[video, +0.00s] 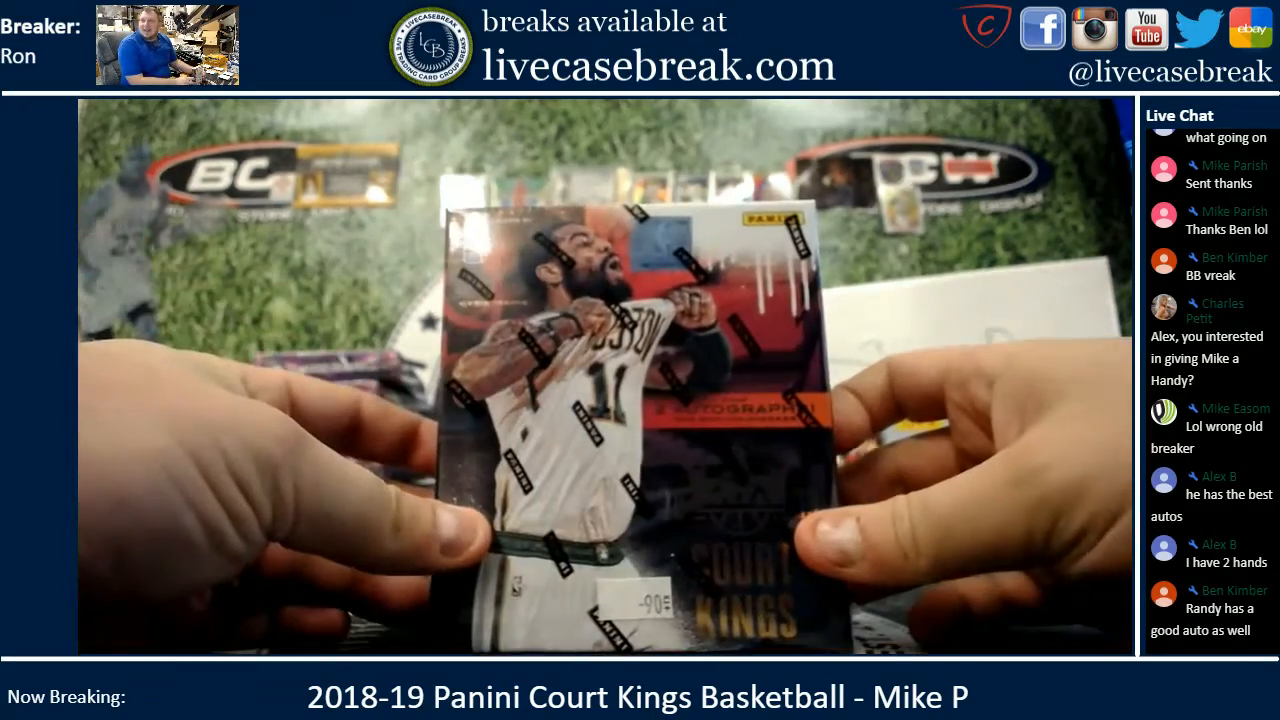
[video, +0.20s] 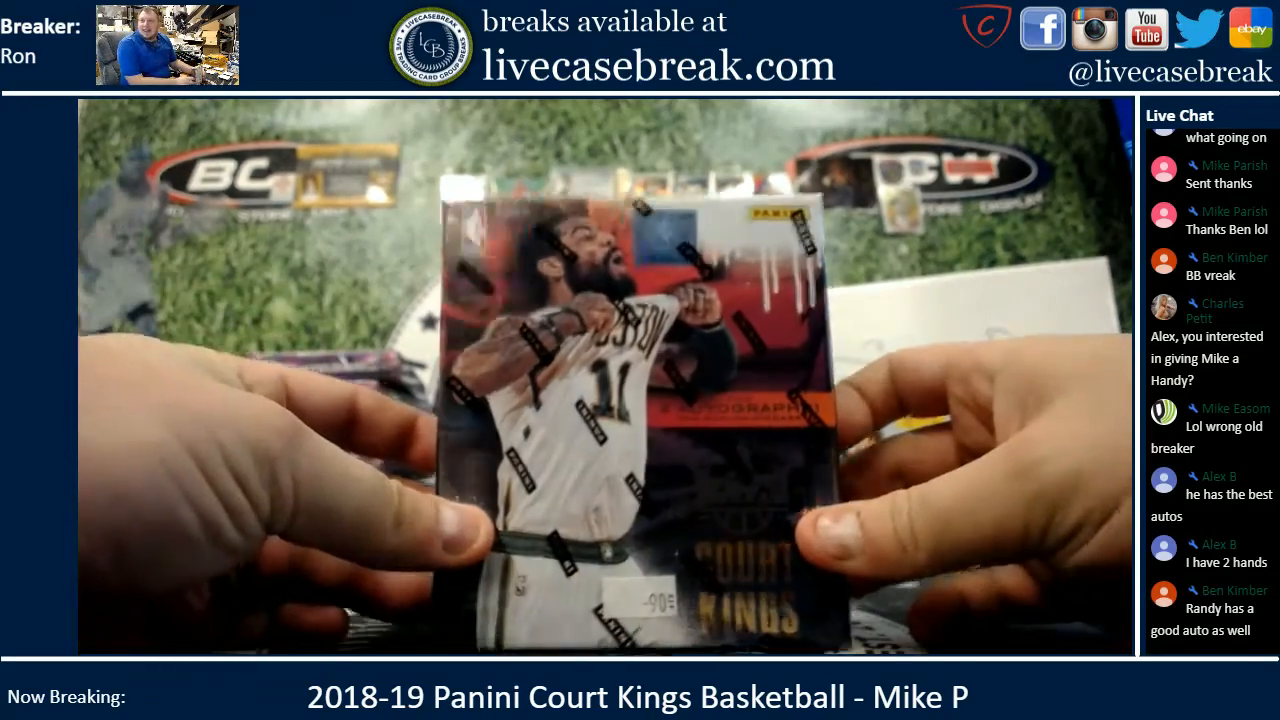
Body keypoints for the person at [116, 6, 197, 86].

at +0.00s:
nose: (146, 25)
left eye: (151, 21)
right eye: (142, 20)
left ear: (160, 24)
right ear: (138, 22)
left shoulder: (165, 40)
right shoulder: (129, 44)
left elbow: (174, 62)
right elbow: (136, 81)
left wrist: (194, 70)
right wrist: (177, 81)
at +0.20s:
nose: (145, 25)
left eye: (151, 21)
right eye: (142, 21)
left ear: (159, 24)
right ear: (137, 23)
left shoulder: (164, 40)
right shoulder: (128, 45)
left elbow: (174, 62)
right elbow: (136, 81)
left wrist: (194, 71)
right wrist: (177, 81)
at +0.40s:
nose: (145, 25)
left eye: (151, 21)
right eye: (142, 21)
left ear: (159, 24)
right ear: (138, 23)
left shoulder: (164, 40)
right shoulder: (128, 45)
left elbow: (174, 62)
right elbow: (136, 81)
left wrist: (194, 71)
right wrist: (177, 81)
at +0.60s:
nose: (146, 25)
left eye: (151, 21)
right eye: (142, 20)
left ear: (159, 24)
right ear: (137, 23)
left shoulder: (164, 40)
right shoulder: (128, 45)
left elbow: (174, 62)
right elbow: (136, 82)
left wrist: (193, 70)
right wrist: (177, 81)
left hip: (167, 92)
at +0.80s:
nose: (146, 24)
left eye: (151, 20)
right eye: (143, 20)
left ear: (159, 23)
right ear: (138, 23)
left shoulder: (164, 40)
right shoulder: (128, 45)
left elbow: (174, 62)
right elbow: (136, 81)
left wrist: (194, 70)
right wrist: (176, 81)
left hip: (167, 92)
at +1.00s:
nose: (146, 24)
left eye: (152, 20)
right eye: (143, 20)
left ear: (159, 24)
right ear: (138, 23)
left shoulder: (164, 40)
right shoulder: (128, 45)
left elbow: (174, 62)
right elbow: (136, 82)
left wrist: (194, 70)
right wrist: (177, 81)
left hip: (167, 93)